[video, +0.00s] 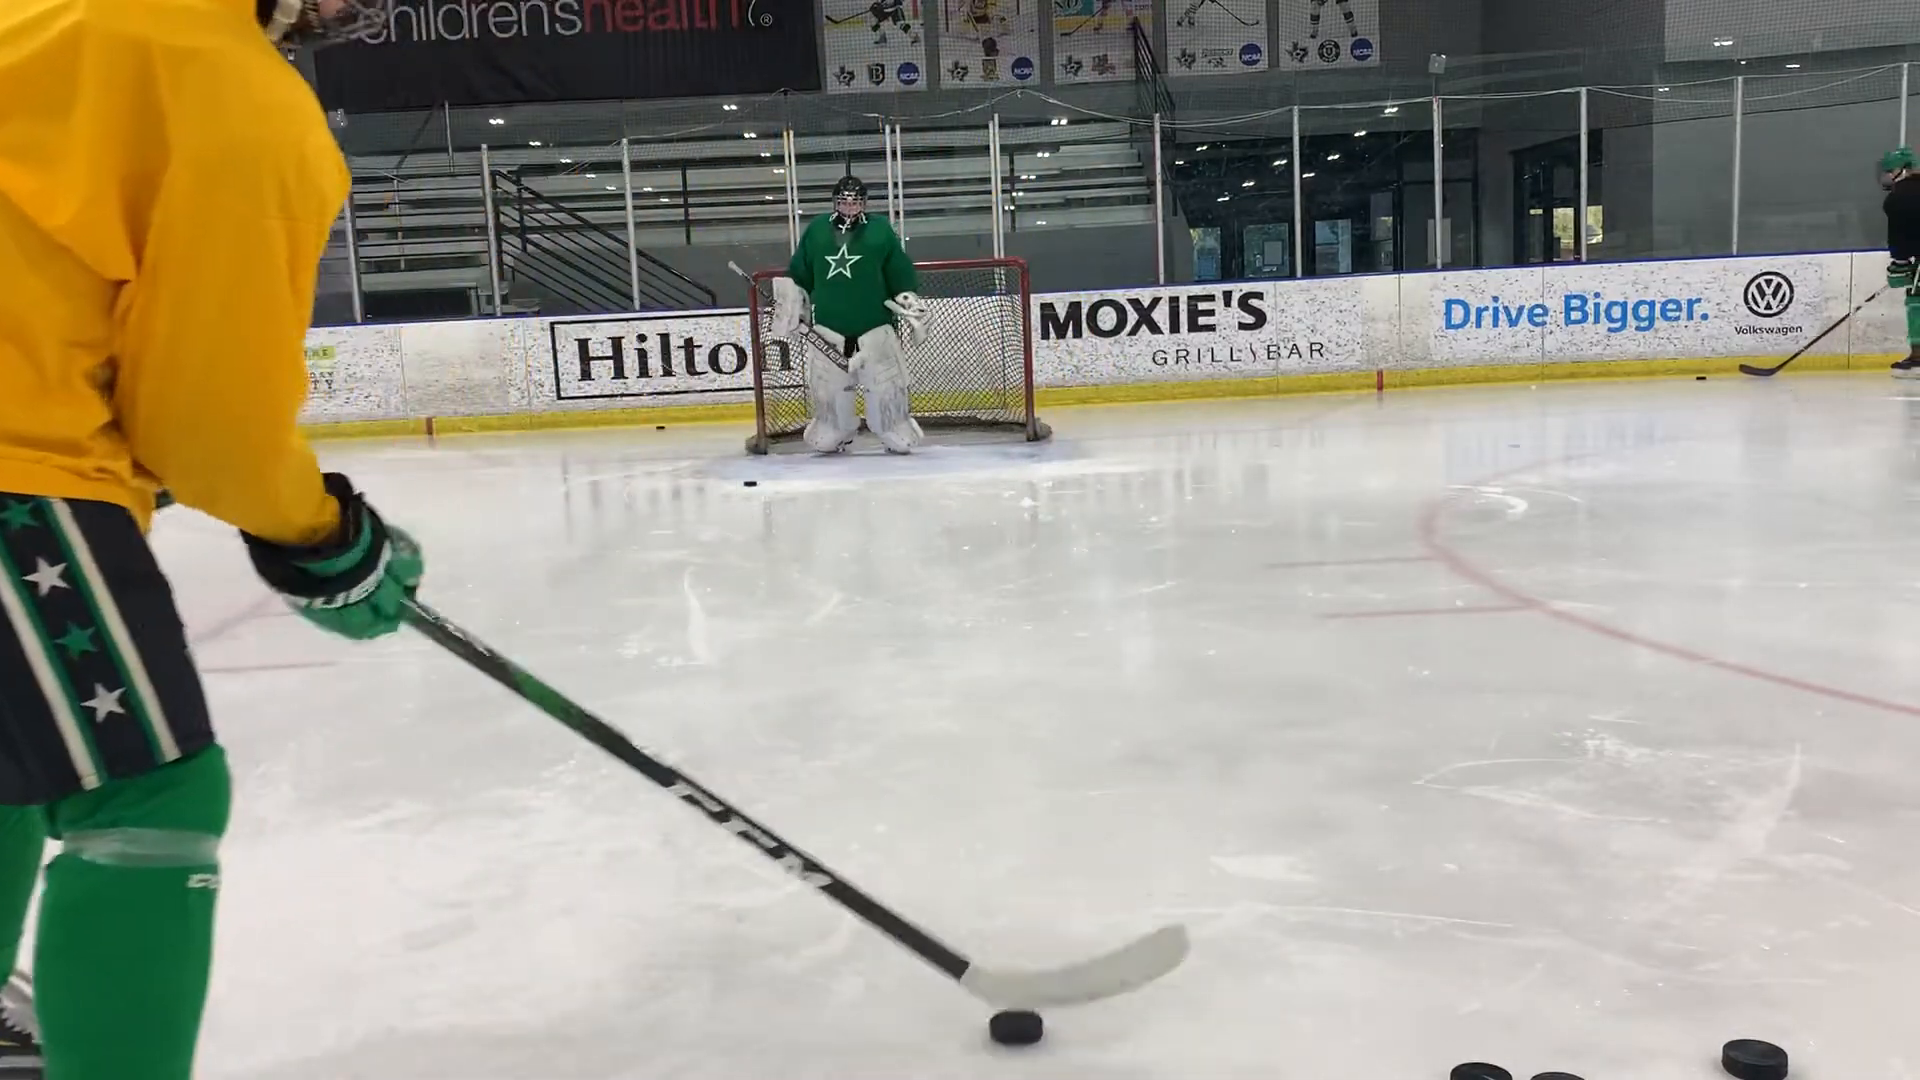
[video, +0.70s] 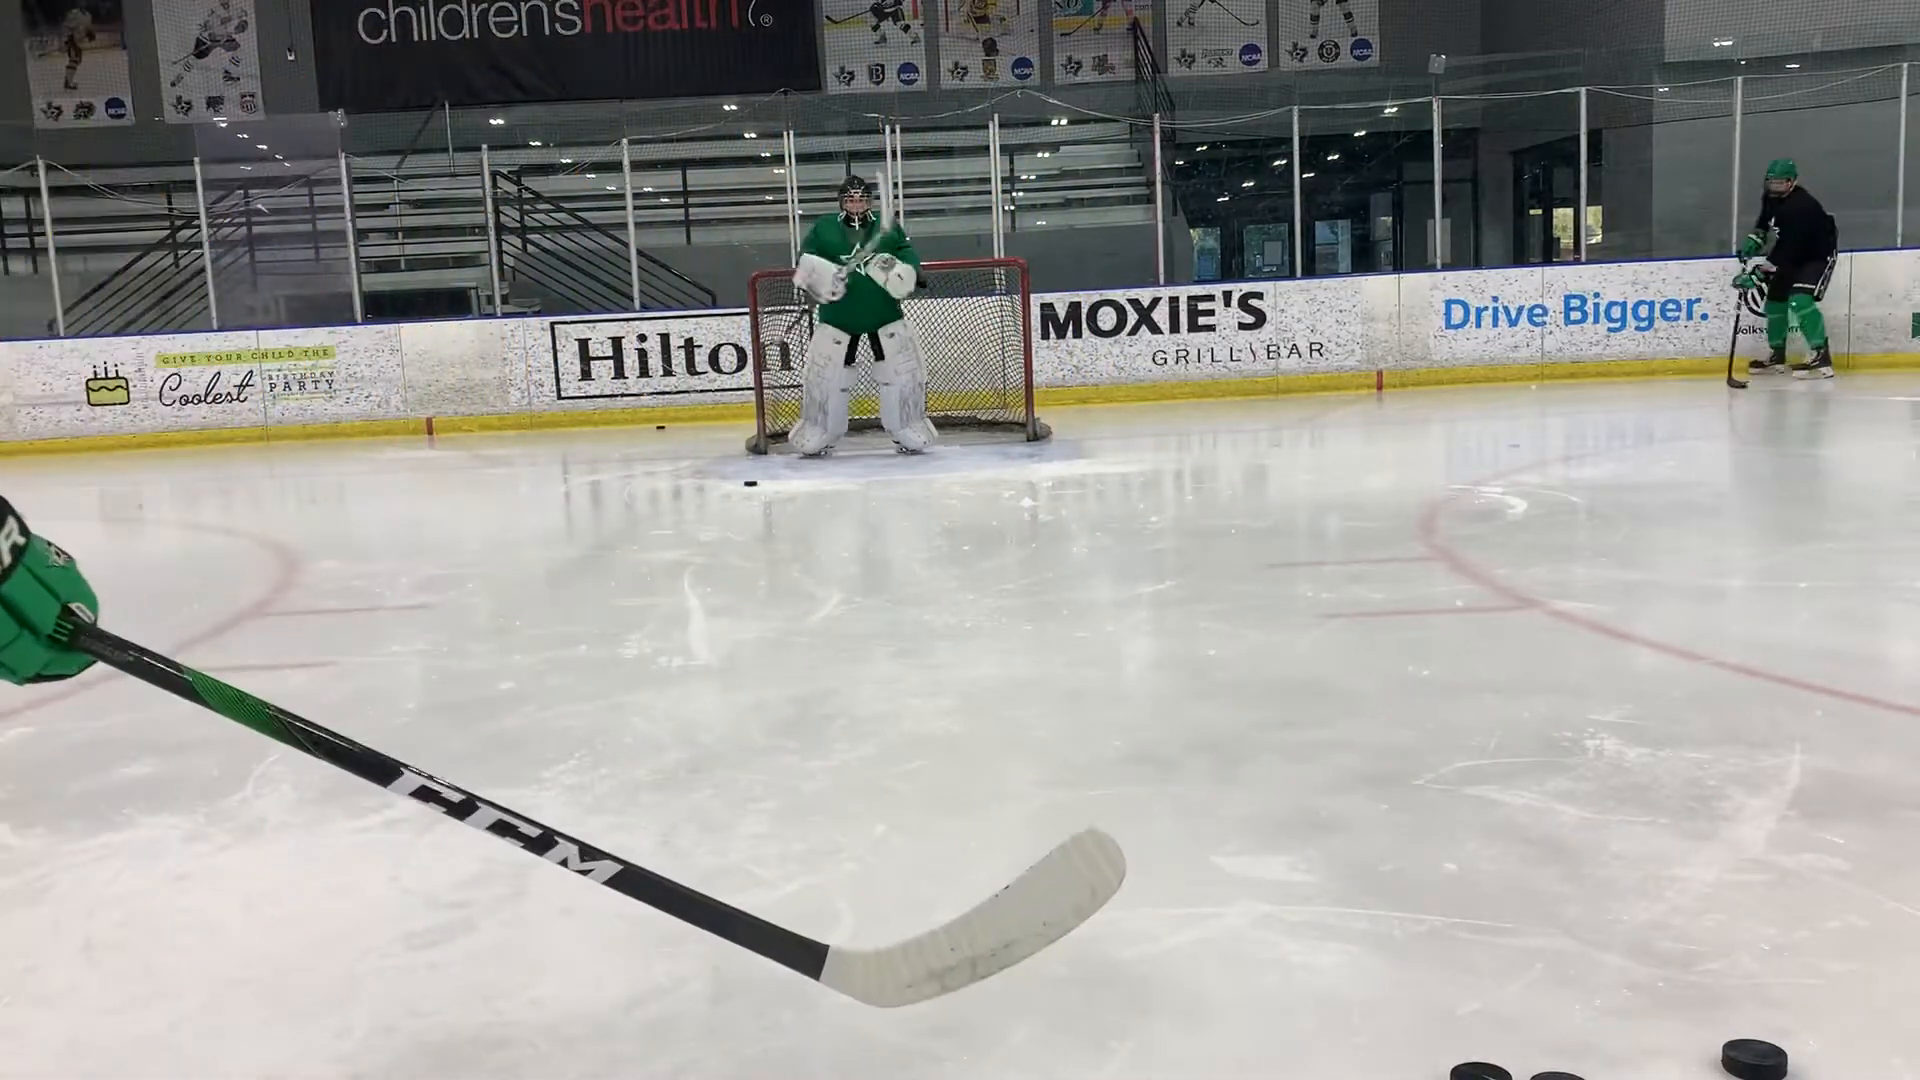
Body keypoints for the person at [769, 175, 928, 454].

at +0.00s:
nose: (849, 205)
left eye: (855, 200)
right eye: (844, 200)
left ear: (863, 202)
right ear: (835, 202)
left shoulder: (880, 230)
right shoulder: (817, 230)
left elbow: (899, 270)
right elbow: (799, 273)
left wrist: (908, 303)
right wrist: (791, 305)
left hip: (874, 320)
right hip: (829, 321)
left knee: (885, 382)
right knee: (828, 383)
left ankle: (896, 437)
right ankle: (831, 437)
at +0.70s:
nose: (856, 203)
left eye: (861, 197)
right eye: (850, 198)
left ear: (869, 200)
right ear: (841, 201)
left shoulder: (887, 229)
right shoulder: (824, 229)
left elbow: (911, 264)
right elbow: (805, 265)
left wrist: (893, 270)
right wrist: (827, 278)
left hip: (884, 316)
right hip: (838, 318)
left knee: (901, 374)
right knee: (825, 377)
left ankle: (907, 433)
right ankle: (819, 436)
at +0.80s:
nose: (859, 204)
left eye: (864, 198)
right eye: (853, 199)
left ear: (873, 201)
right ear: (845, 202)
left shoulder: (889, 228)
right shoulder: (830, 230)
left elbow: (912, 274)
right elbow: (817, 274)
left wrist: (888, 276)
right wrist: (845, 277)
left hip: (890, 314)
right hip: (846, 316)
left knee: (909, 374)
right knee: (827, 377)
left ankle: (912, 435)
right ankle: (808, 439)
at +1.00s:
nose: (865, 205)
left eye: (870, 200)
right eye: (860, 200)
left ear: (879, 202)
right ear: (851, 203)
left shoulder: (895, 230)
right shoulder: (833, 231)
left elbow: (913, 269)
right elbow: (816, 276)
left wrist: (892, 279)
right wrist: (850, 281)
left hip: (896, 319)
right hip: (854, 320)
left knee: (919, 377)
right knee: (840, 384)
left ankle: (931, 438)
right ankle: (816, 445)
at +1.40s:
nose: (876, 205)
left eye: (881, 199)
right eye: (871, 199)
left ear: (891, 202)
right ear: (861, 202)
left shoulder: (905, 229)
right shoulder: (843, 231)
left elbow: (924, 263)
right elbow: (824, 274)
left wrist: (909, 278)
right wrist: (850, 288)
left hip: (906, 319)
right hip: (861, 322)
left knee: (933, 381)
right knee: (844, 389)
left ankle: (961, 443)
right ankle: (819, 453)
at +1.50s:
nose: (879, 204)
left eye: (884, 199)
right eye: (873, 198)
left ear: (894, 201)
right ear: (864, 201)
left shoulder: (908, 228)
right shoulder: (846, 231)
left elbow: (928, 264)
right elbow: (824, 276)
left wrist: (918, 279)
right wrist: (849, 288)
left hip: (909, 321)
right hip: (864, 323)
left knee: (939, 383)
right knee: (845, 390)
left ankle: (967, 445)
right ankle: (819, 454)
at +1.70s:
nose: (884, 204)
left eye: (890, 199)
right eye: (879, 199)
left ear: (900, 201)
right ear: (869, 202)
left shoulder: (918, 230)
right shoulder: (850, 232)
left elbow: (941, 268)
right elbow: (826, 276)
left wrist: (932, 274)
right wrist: (843, 303)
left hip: (915, 322)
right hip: (868, 326)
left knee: (946, 385)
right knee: (846, 393)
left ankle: (976, 448)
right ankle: (820, 458)